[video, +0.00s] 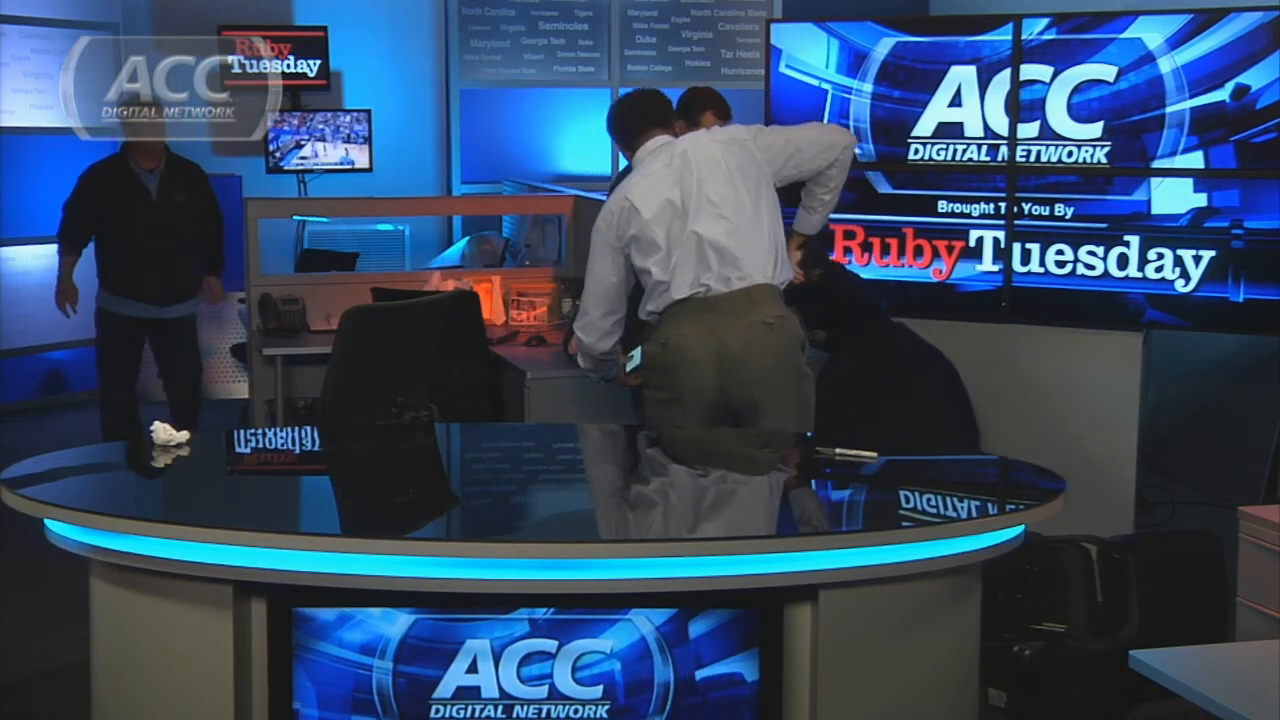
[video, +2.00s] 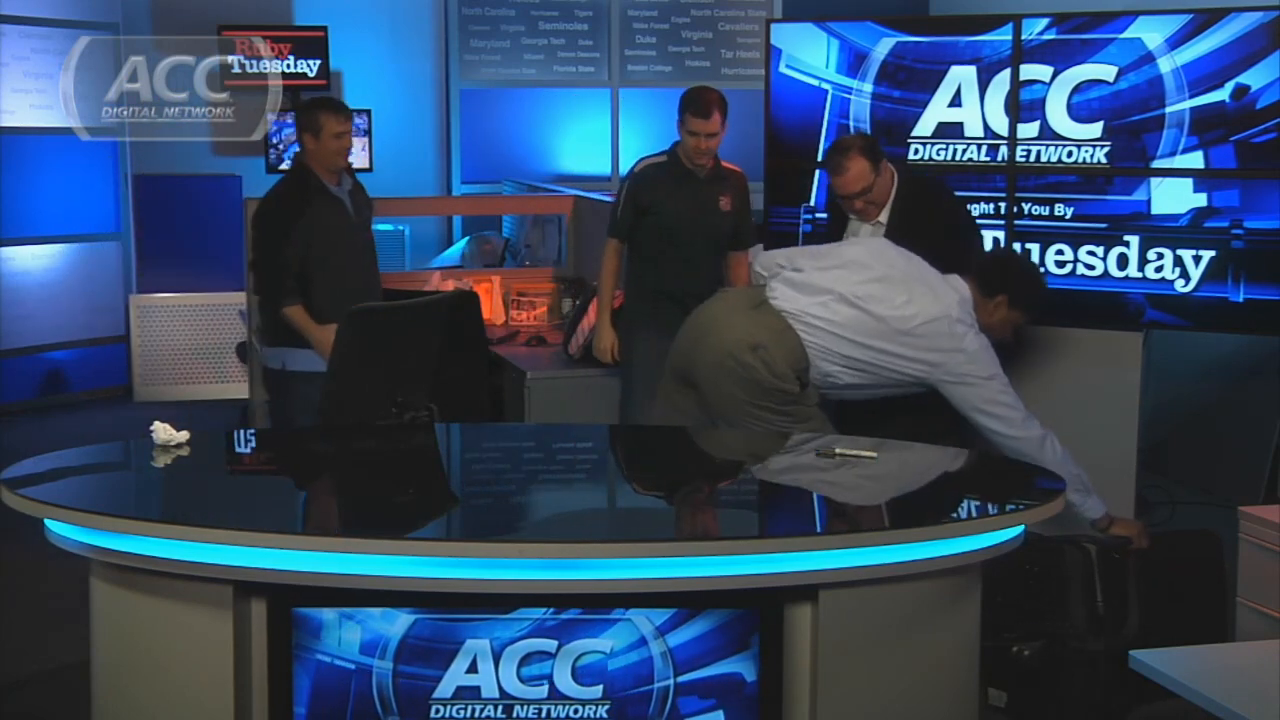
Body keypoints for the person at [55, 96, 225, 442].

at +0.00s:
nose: (151, 133)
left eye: (155, 124)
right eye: (142, 126)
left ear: (165, 128)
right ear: (128, 131)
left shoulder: (190, 175)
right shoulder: (100, 177)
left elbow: (212, 225)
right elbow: (75, 228)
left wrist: (212, 272)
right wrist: (65, 278)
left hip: (177, 305)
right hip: (120, 305)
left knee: (186, 388)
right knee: (117, 390)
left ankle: (190, 465)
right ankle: (120, 465)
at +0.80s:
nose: (188, 136)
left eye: (191, 127)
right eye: (177, 128)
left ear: (199, 133)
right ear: (157, 136)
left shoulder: (224, 188)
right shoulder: (127, 193)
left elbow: (246, 246)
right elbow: (101, 252)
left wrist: (255, 291)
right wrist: (107, 307)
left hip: (205, 335)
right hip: (147, 335)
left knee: (195, 428)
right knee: (145, 429)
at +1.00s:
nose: (197, 132)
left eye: (198, 122)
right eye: (186, 125)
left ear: (206, 129)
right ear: (164, 134)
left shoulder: (229, 184)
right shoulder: (138, 194)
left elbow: (249, 247)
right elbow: (126, 266)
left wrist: (255, 295)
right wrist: (151, 311)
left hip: (225, 333)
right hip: (160, 335)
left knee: (237, 430)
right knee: (150, 435)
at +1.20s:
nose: (229, 131)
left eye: (228, 122)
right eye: (218, 124)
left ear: (232, 128)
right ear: (194, 133)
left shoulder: (250, 186)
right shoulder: (166, 191)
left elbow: (259, 254)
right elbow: (158, 263)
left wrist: (264, 303)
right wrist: (200, 298)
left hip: (244, 342)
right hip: (184, 342)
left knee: (251, 439)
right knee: (166, 440)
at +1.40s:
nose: (259, 139)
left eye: (260, 130)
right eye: (247, 132)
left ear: (268, 133)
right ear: (225, 138)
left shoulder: (284, 191)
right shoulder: (200, 193)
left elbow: (295, 258)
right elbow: (192, 265)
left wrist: (304, 312)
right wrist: (238, 297)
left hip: (277, 345)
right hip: (220, 345)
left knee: (271, 448)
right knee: (227, 451)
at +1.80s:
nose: (320, 146)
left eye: (322, 137)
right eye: (310, 138)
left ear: (324, 138)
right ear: (281, 143)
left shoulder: (329, 197)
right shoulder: (253, 204)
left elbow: (345, 264)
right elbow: (241, 282)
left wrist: (363, 316)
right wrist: (283, 326)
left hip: (333, 355)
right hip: (278, 359)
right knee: (283, 463)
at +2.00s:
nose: (349, 144)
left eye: (350, 135)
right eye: (339, 136)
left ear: (352, 135)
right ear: (308, 141)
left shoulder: (355, 193)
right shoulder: (280, 203)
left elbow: (360, 267)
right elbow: (277, 289)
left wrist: (369, 325)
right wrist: (317, 335)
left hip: (354, 352)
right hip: (300, 361)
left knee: (357, 459)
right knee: (306, 460)